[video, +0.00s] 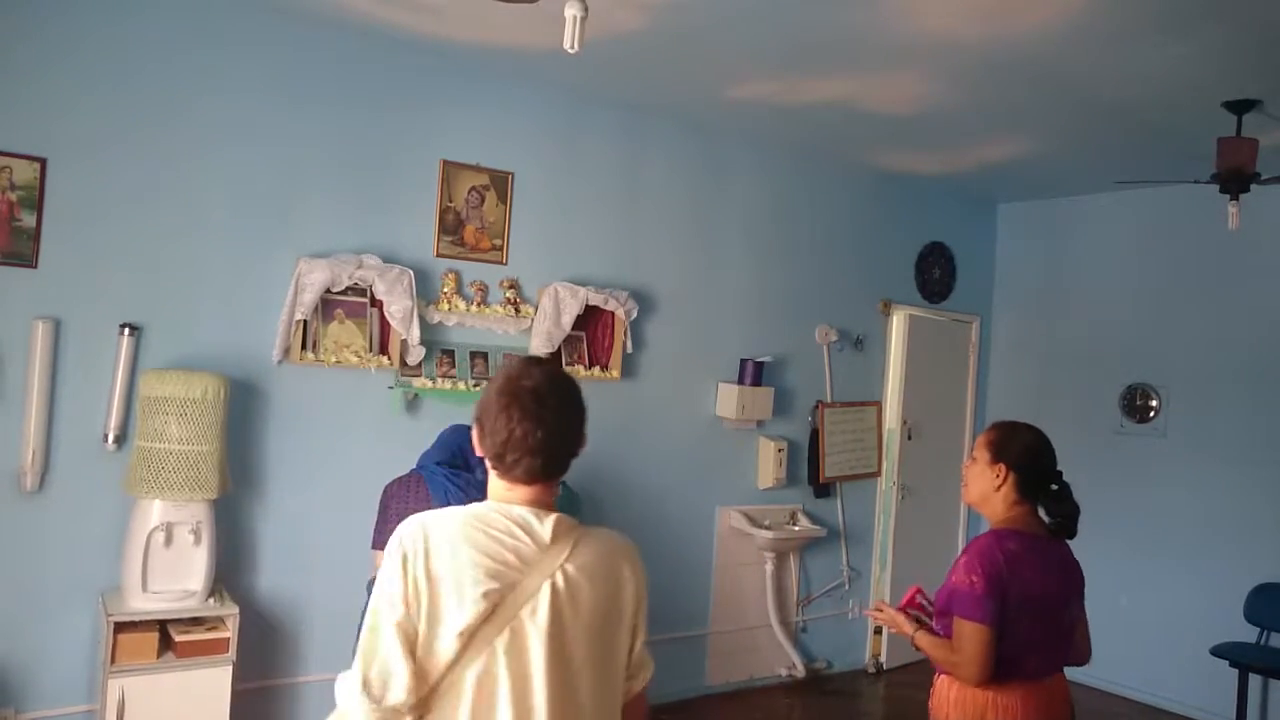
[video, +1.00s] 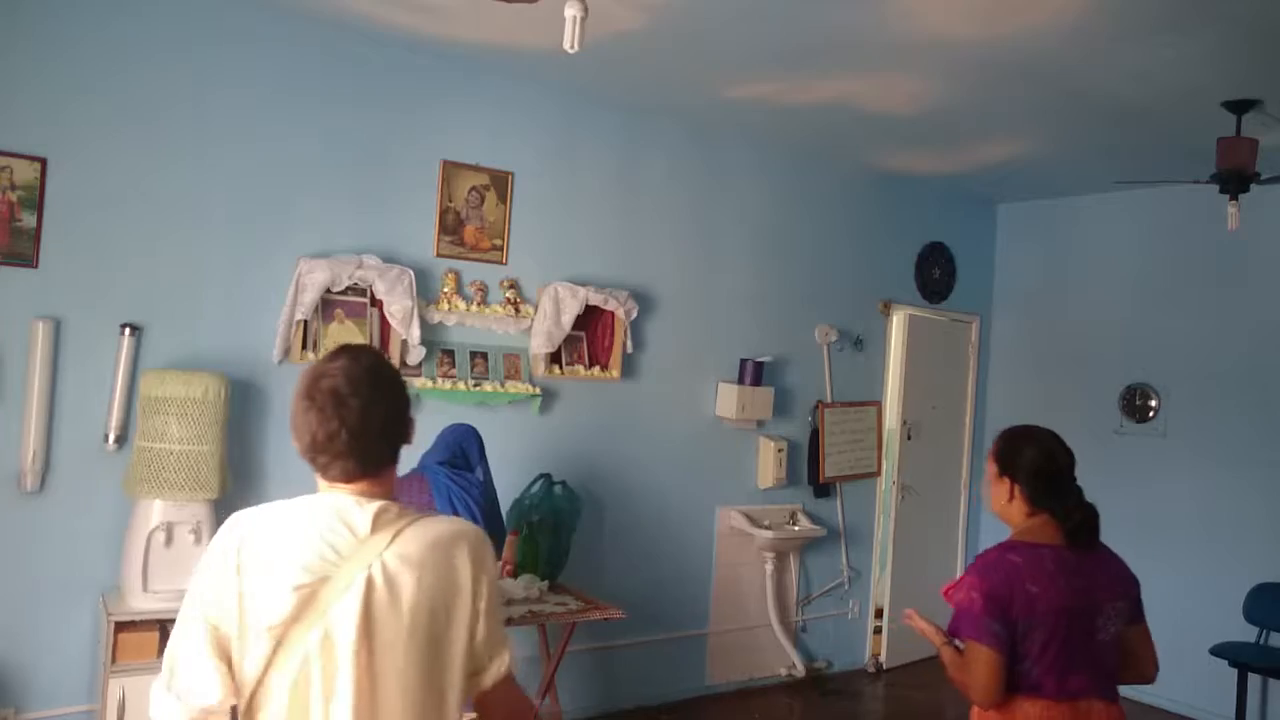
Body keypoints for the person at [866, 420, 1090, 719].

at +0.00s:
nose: (963, 468)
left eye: (972, 459)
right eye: (968, 458)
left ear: (999, 475)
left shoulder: (983, 554)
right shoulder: (1059, 551)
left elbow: (972, 668)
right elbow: (1079, 652)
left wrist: (912, 630)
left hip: (982, 701)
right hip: (1048, 696)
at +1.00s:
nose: (987, 486)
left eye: (990, 476)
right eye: (989, 475)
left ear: (1009, 488)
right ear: (1060, 483)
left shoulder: (992, 572)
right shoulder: (1110, 565)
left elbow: (984, 693)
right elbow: (1143, 667)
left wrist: (942, 645)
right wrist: (1069, 661)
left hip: (1020, 710)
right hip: (1100, 709)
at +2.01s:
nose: (1067, 488)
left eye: (1077, 476)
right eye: (1073, 476)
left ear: (1107, 494)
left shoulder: (1101, 575)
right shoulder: (1176, 569)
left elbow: (1089, 697)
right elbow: (1195, 676)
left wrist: (1021, 649)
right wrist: (1055, 648)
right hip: (1168, 711)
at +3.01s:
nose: (956, 469)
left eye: (964, 463)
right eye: (961, 461)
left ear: (987, 485)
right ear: (1027, 484)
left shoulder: (962, 555)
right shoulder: (1061, 559)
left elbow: (940, 668)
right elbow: (1085, 657)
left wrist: (898, 624)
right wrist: (1016, 647)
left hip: (969, 702)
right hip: (1041, 701)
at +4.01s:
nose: (917, 458)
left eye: (923, 451)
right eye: (921, 450)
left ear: (942, 467)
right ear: (979, 472)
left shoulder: (921, 536)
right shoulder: (993, 538)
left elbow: (901, 634)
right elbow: (1006, 619)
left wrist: (858, 596)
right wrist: (951, 614)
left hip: (919, 677)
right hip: (977, 670)